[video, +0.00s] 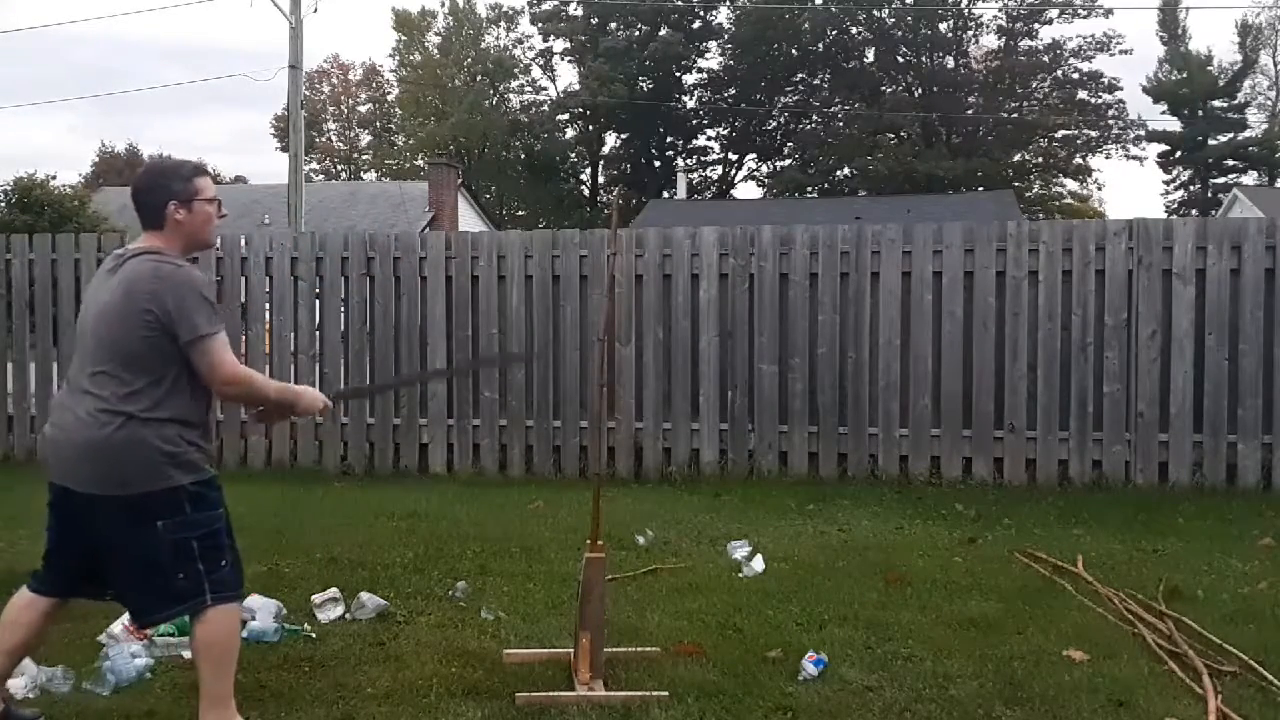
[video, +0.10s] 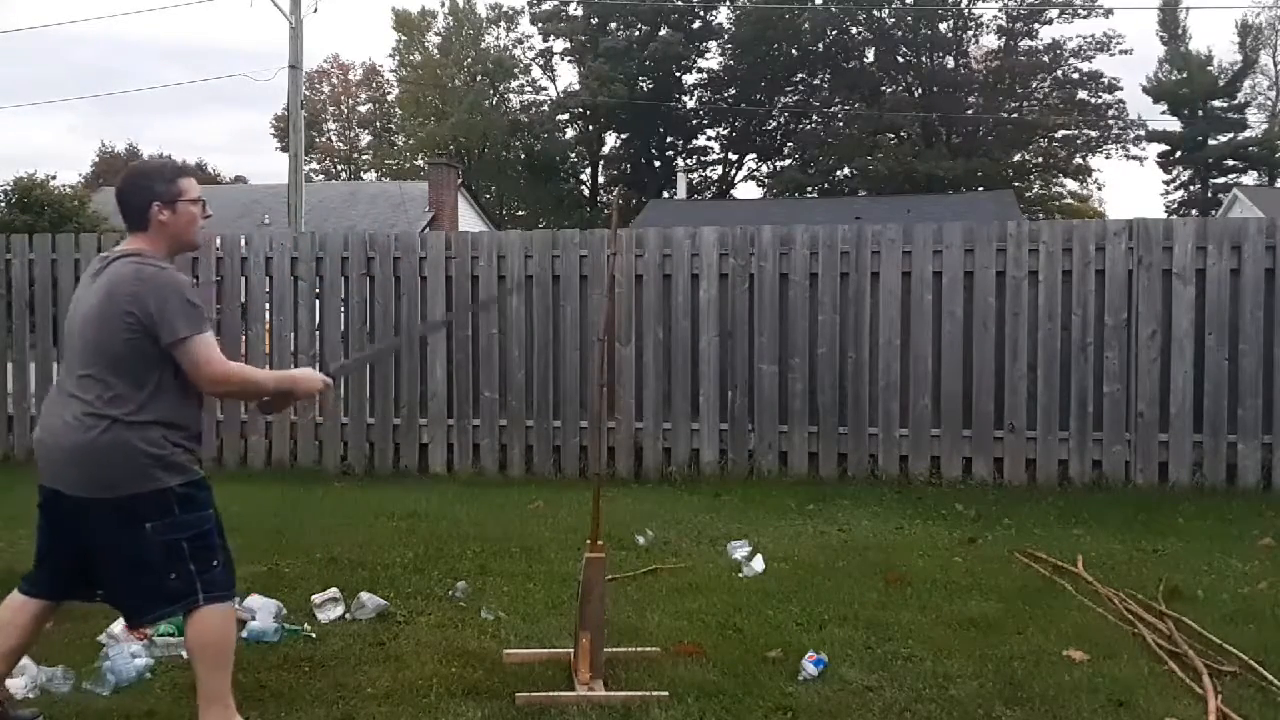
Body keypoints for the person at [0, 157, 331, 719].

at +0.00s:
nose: (221, 213)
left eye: (219, 202)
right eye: (212, 203)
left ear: (163, 214)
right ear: (175, 211)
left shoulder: (115, 268)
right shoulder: (178, 278)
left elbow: (157, 369)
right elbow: (226, 376)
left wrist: (253, 400)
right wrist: (293, 395)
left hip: (72, 453)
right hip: (151, 459)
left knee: (52, 583)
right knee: (217, 590)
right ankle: (219, 711)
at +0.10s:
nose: (204, 214)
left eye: (202, 203)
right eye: (196, 204)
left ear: (151, 214)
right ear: (160, 212)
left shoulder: (101, 271)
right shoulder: (161, 281)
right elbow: (214, 374)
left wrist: (259, 389)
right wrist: (290, 380)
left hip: (63, 455)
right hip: (140, 461)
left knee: (44, 584)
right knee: (210, 589)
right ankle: (218, 710)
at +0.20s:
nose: (187, 213)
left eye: (185, 202)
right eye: (178, 203)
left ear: (137, 213)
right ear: (141, 212)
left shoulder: (88, 272)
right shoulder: (142, 281)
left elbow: (187, 350)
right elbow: (210, 361)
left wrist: (265, 362)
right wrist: (293, 358)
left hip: (52, 457)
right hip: (125, 462)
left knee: (33, 585)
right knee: (198, 587)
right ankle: (217, 708)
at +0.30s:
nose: (176, 213)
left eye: (173, 202)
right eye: (166, 203)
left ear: (121, 214)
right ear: (128, 211)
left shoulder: (84, 272)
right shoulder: (127, 281)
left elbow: (203, 325)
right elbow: (207, 346)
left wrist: (282, 340)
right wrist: (298, 335)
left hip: (42, 457)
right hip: (112, 460)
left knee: (22, 586)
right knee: (196, 579)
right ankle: (214, 708)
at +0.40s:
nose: (173, 211)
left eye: (170, 200)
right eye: (163, 201)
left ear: (120, 213)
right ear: (126, 210)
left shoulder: (82, 270)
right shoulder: (127, 278)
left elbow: (200, 325)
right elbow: (217, 330)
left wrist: (278, 329)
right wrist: (305, 319)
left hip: (42, 458)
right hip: (114, 461)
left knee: (21, 588)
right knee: (193, 584)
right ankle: (200, 710)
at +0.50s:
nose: (182, 213)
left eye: (178, 201)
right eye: (171, 202)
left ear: (128, 214)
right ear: (135, 212)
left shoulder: (90, 272)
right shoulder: (140, 280)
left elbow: (210, 318)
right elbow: (233, 326)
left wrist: (291, 321)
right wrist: (318, 317)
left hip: (50, 460)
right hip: (124, 464)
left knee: (30, 588)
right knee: (199, 586)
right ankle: (202, 712)